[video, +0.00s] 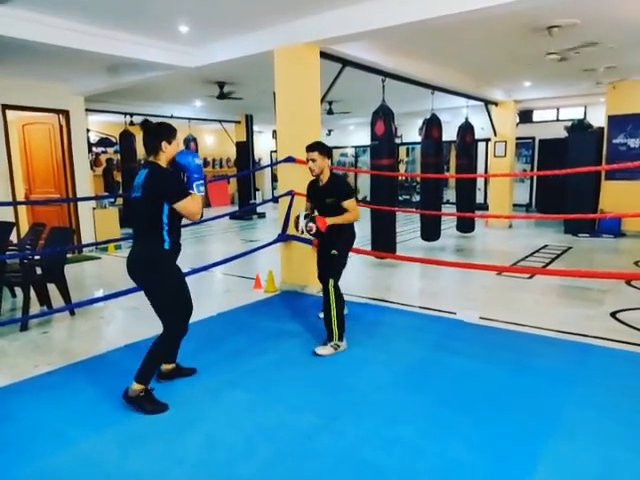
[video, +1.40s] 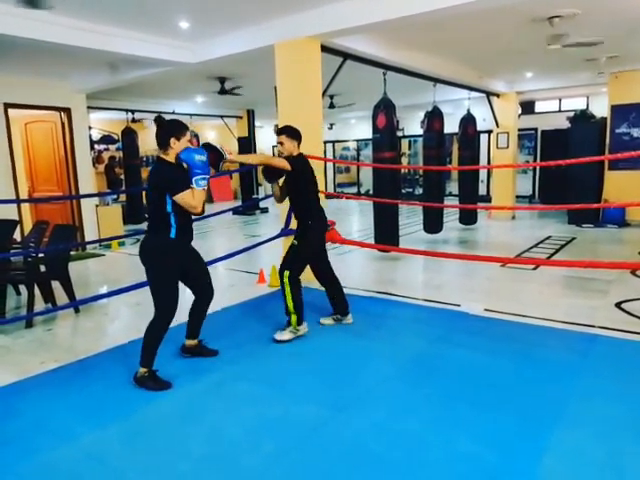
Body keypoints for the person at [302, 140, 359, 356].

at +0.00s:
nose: (310, 165)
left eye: (314, 160)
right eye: (308, 161)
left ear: (327, 160)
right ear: (308, 162)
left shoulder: (340, 183)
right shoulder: (313, 186)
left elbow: (355, 214)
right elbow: (309, 210)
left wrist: (328, 221)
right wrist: (304, 220)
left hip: (343, 232)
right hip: (324, 233)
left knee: (331, 280)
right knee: (324, 276)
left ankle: (336, 339)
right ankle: (333, 307)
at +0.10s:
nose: (309, 164)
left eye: (312, 159)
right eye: (307, 160)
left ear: (326, 157)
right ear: (309, 161)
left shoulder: (339, 180)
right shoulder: (312, 183)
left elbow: (341, 214)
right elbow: (303, 212)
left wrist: (311, 204)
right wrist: (295, 203)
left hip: (344, 233)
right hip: (326, 231)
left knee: (327, 281)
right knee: (318, 275)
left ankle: (336, 339)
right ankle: (336, 304)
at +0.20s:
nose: (309, 158)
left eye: (311, 153)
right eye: (307, 155)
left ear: (324, 152)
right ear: (309, 155)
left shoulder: (337, 174)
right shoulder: (316, 175)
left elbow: (324, 198)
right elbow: (291, 197)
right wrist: (287, 175)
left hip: (343, 231)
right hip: (327, 229)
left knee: (328, 281)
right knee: (315, 274)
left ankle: (337, 338)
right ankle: (338, 307)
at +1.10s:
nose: (294, 147)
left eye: (297, 142)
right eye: (293, 143)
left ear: (311, 141)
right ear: (304, 143)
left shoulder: (321, 163)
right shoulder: (305, 164)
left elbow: (304, 186)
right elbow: (283, 186)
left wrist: (280, 167)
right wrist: (278, 169)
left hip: (328, 227)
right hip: (316, 226)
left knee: (327, 278)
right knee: (325, 275)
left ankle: (339, 332)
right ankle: (339, 313)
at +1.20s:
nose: (292, 147)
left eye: (295, 142)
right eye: (291, 143)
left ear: (308, 141)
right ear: (301, 143)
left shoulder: (314, 162)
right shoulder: (307, 164)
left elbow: (281, 165)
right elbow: (288, 192)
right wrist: (282, 170)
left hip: (323, 225)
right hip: (318, 224)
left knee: (317, 277)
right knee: (326, 271)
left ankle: (337, 331)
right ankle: (343, 313)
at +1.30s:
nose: (287, 147)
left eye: (290, 142)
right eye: (286, 143)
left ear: (303, 141)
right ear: (300, 143)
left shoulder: (305, 161)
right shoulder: (305, 164)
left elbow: (269, 159)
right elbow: (288, 195)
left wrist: (236, 157)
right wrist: (281, 175)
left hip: (317, 223)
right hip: (318, 221)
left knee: (301, 273)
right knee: (325, 269)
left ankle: (325, 324)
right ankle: (342, 312)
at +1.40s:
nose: (278, 148)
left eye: (281, 143)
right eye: (278, 144)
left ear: (294, 143)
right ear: (290, 144)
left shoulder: (298, 163)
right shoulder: (295, 166)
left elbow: (263, 159)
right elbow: (280, 198)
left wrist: (231, 158)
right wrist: (274, 179)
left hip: (309, 227)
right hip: (314, 225)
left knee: (287, 272)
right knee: (323, 270)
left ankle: (296, 325)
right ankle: (342, 313)